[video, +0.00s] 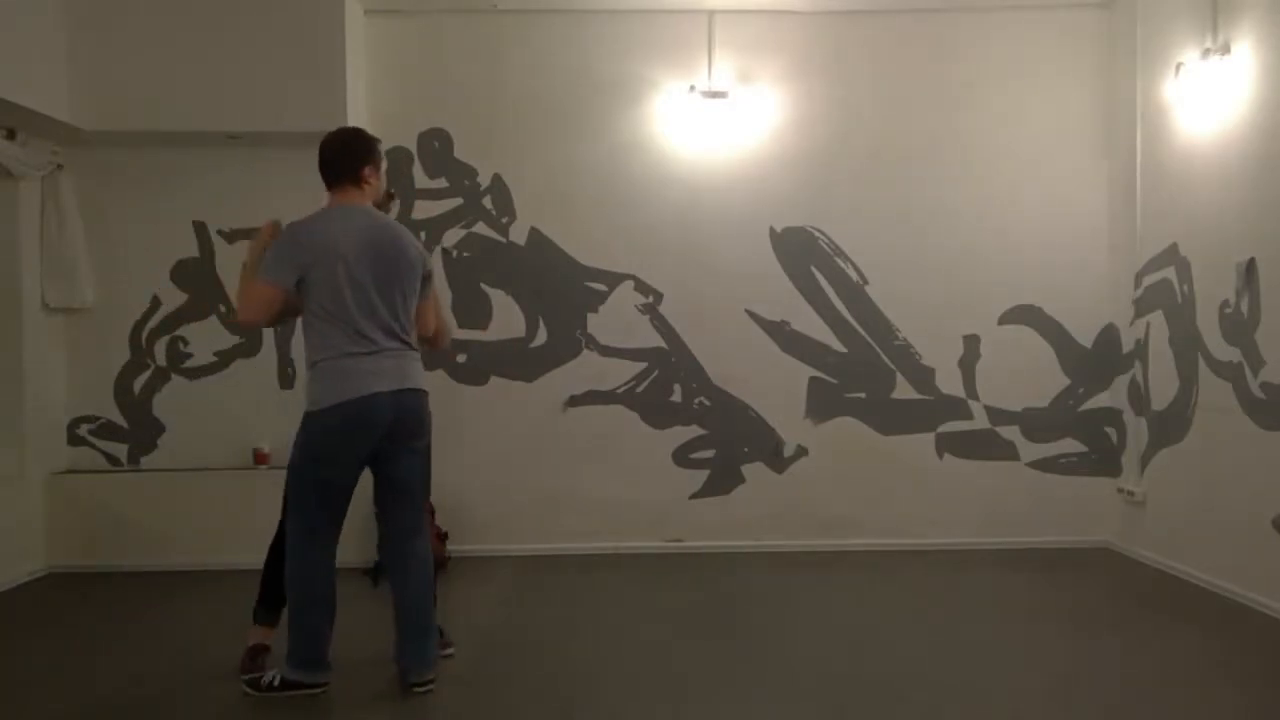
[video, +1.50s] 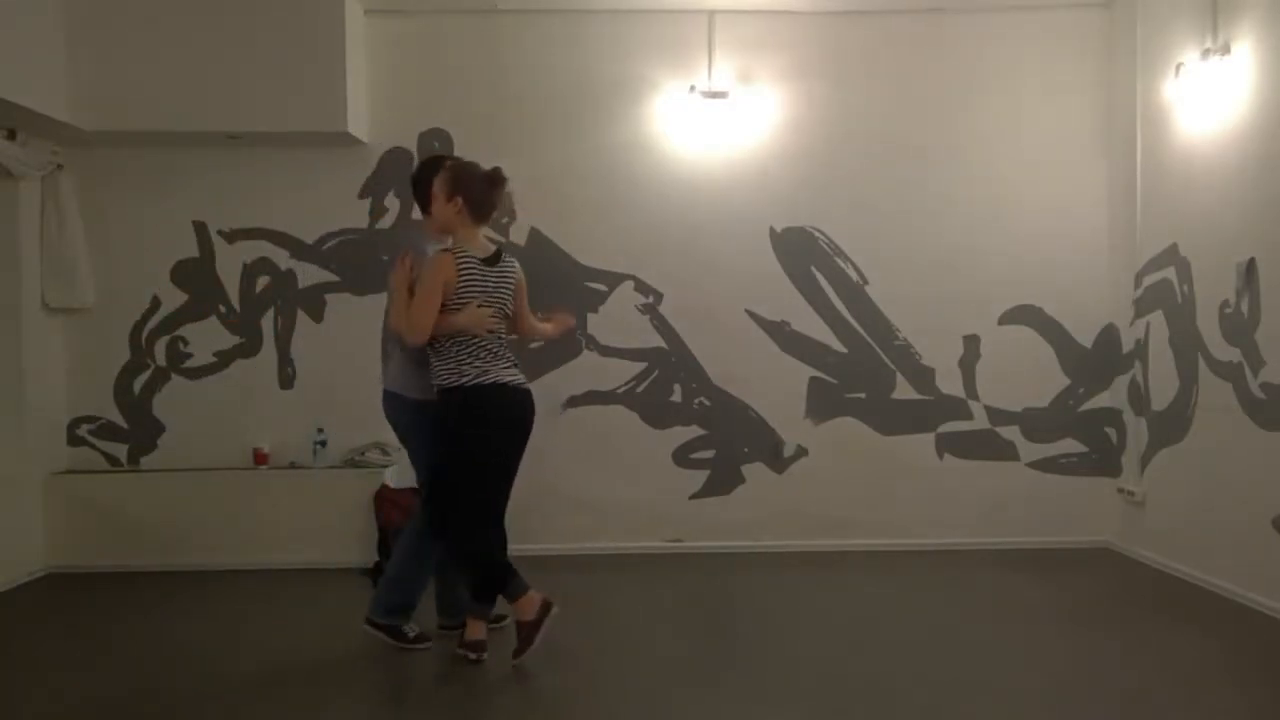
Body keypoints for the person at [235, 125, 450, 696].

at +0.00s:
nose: (383, 178)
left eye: (380, 169)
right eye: (380, 170)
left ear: (324, 177)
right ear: (369, 174)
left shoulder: (301, 238)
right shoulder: (405, 242)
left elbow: (251, 312)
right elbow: (432, 331)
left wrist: (260, 250)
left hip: (337, 404)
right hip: (406, 399)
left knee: (310, 535)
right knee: (409, 531)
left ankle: (306, 667)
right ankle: (418, 665)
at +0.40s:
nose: (412, 174)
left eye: (409, 164)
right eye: (406, 164)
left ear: (352, 173)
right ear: (383, 169)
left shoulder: (308, 235)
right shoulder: (419, 234)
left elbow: (287, 322)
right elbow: (463, 317)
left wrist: (336, 298)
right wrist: (448, 277)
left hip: (343, 399)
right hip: (415, 396)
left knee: (347, 531)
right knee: (426, 527)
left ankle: (362, 671)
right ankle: (423, 666)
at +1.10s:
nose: (440, 185)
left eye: (437, 175)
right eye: (431, 176)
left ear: (388, 188)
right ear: (403, 184)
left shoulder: (353, 246)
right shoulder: (418, 235)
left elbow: (340, 332)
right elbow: (454, 301)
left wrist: (407, 342)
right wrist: (530, 307)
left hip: (367, 390)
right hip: (416, 393)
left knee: (412, 502)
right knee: (418, 510)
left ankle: (412, 610)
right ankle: (385, 645)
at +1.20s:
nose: (450, 190)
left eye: (447, 181)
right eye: (442, 181)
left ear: (404, 195)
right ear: (415, 191)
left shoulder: (378, 246)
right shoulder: (422, 240)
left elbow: (367, 336)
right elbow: (439, 308)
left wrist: (447, 321)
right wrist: (520, 314)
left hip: (382, 395)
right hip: (418, 399)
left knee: (426, 509)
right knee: (423, 514)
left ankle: (453, 614)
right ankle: (383, 646)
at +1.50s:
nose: (461, 202)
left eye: (460, 191)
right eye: (454, 192)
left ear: (431, 195)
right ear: (435, 195)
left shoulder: (451, 248)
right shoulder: (421, 250)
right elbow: (412, 322)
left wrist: (505, 315)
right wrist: (467, 319)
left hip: (436, 393)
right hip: (415, 396)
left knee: (453, 499)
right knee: (439, 501)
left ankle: (457, 609)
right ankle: (388, 610)